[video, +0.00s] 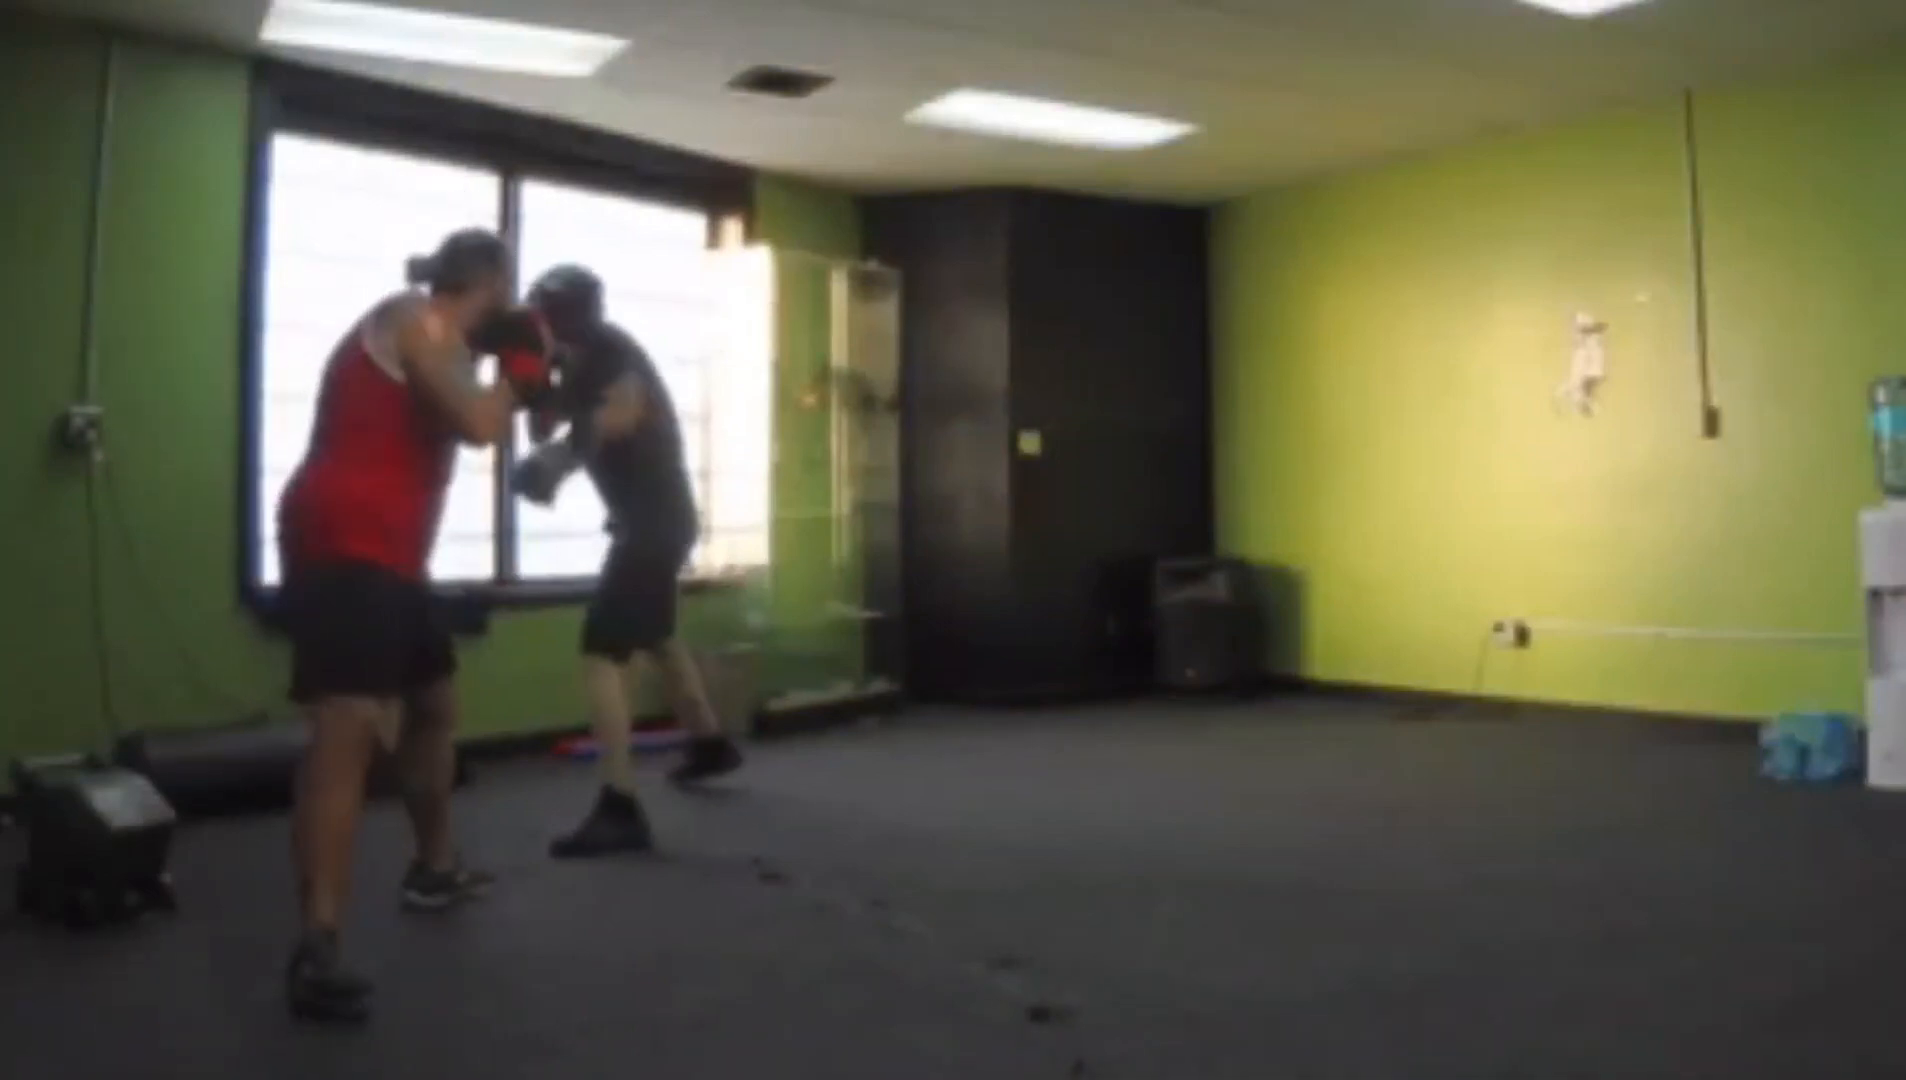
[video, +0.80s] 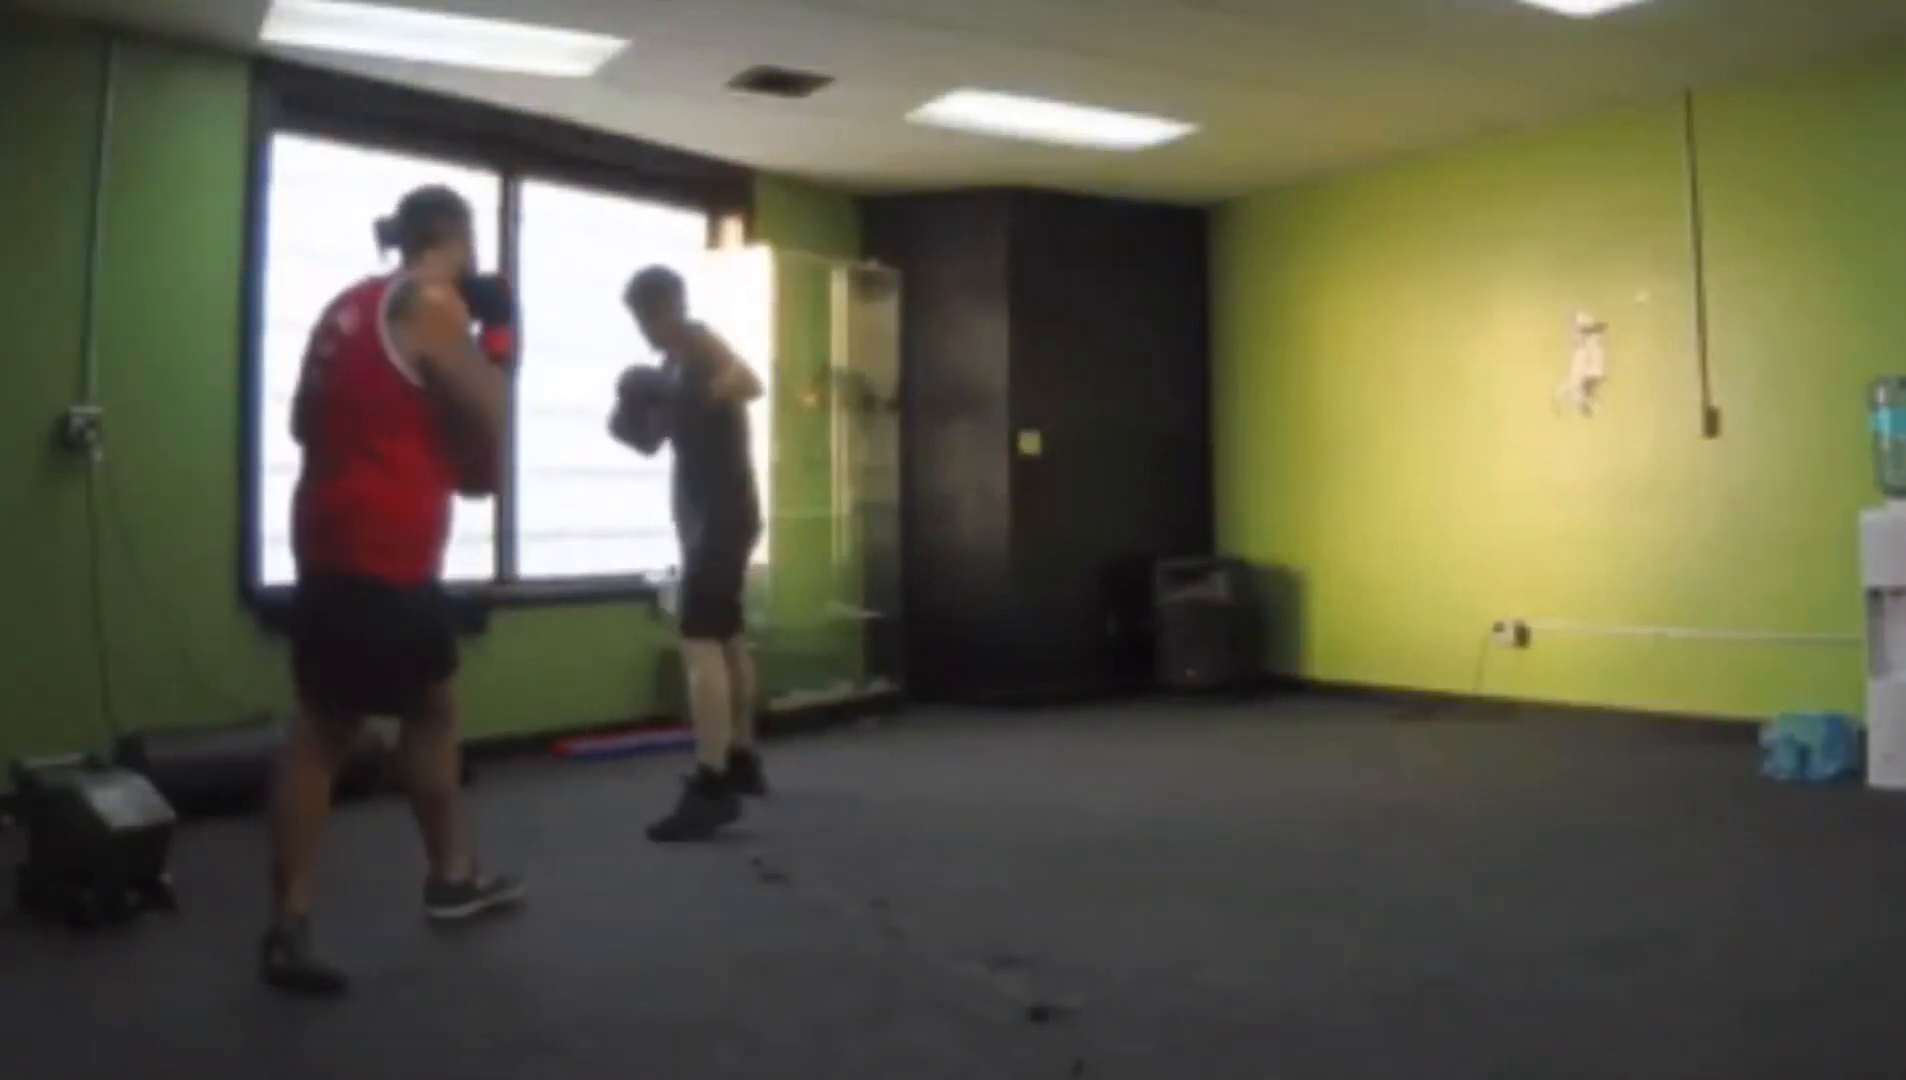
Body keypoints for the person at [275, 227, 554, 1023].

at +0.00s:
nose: (497, 317)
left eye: (500, 305)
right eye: (497, 303)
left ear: (444, 275)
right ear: (474, 288)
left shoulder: (391, 327)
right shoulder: (419, 322)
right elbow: (483, 422)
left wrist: (496, 363)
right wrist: (514, 371)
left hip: (371, 554)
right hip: (351, 551)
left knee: (434, 700)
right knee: (344, 736)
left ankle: (435, 866)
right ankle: (319, 943)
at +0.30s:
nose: (489, 284)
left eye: (492, 273)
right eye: (488, 270)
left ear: (430, 249)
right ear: (464, 259)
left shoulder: (404, 321)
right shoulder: (393, 305)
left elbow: (403, 434)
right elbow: (450, 415)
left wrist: (460, 471)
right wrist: (500, 352)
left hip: (386, 549)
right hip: (348, 546)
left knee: (410, 711)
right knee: (330, 728)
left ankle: (433, 863)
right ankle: (295, 922)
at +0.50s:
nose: (460, 271)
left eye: (461, 258)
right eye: (459, 256)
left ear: (396, 237)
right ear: (438, 245)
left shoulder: (335, 304)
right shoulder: (384, 308)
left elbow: (288, 406)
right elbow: (446, 421)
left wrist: (419, 469)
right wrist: (482, 347)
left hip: (306, 547)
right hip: (365, 553)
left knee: (298, 733)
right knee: (416, 691)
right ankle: (432, 849)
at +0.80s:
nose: (470, 263)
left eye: (467, 251)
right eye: (466, 250)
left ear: (402, 243)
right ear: (445, 244)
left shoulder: (346, 308)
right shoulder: (431, 307)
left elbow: (305, 421)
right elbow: (487, 408)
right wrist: (495, 339)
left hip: (326, 549)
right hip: (393, 554)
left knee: (315, 738)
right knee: (433, 713)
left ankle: (289, 924)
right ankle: (452, 876)